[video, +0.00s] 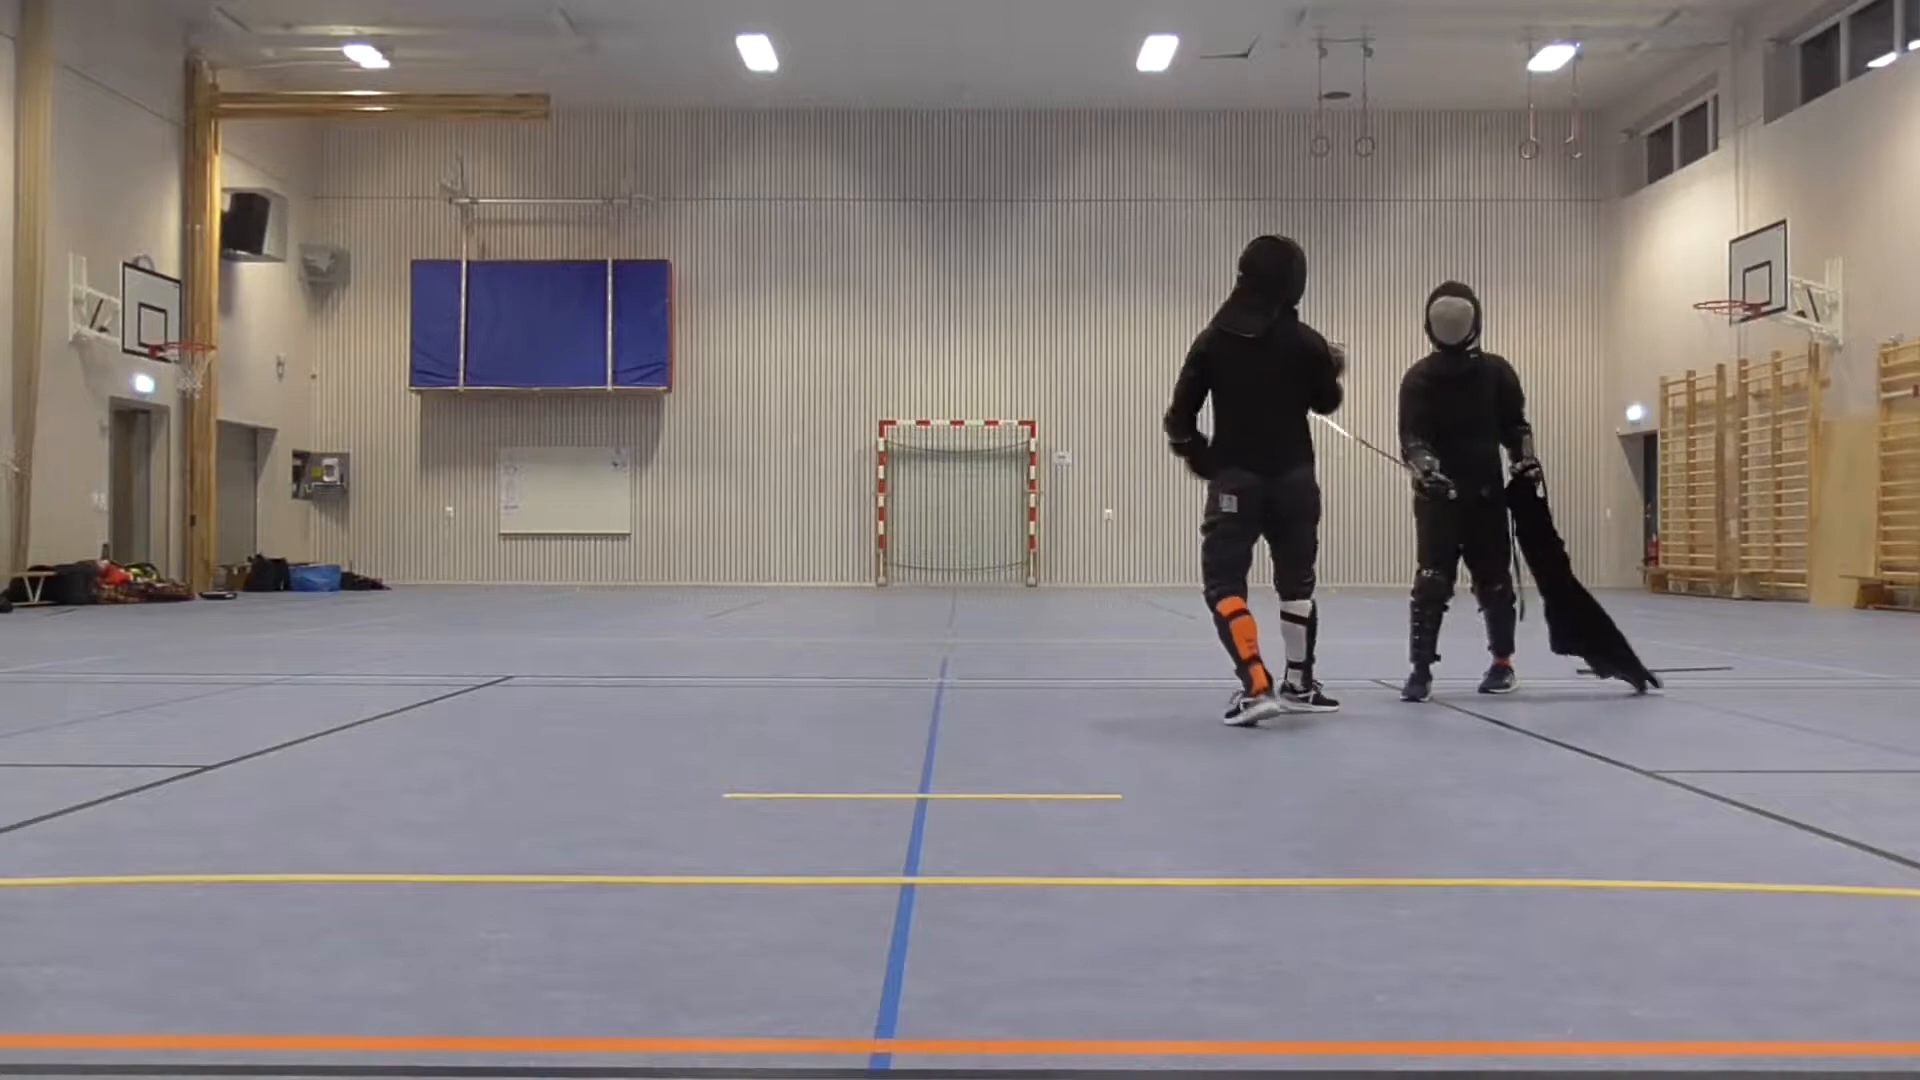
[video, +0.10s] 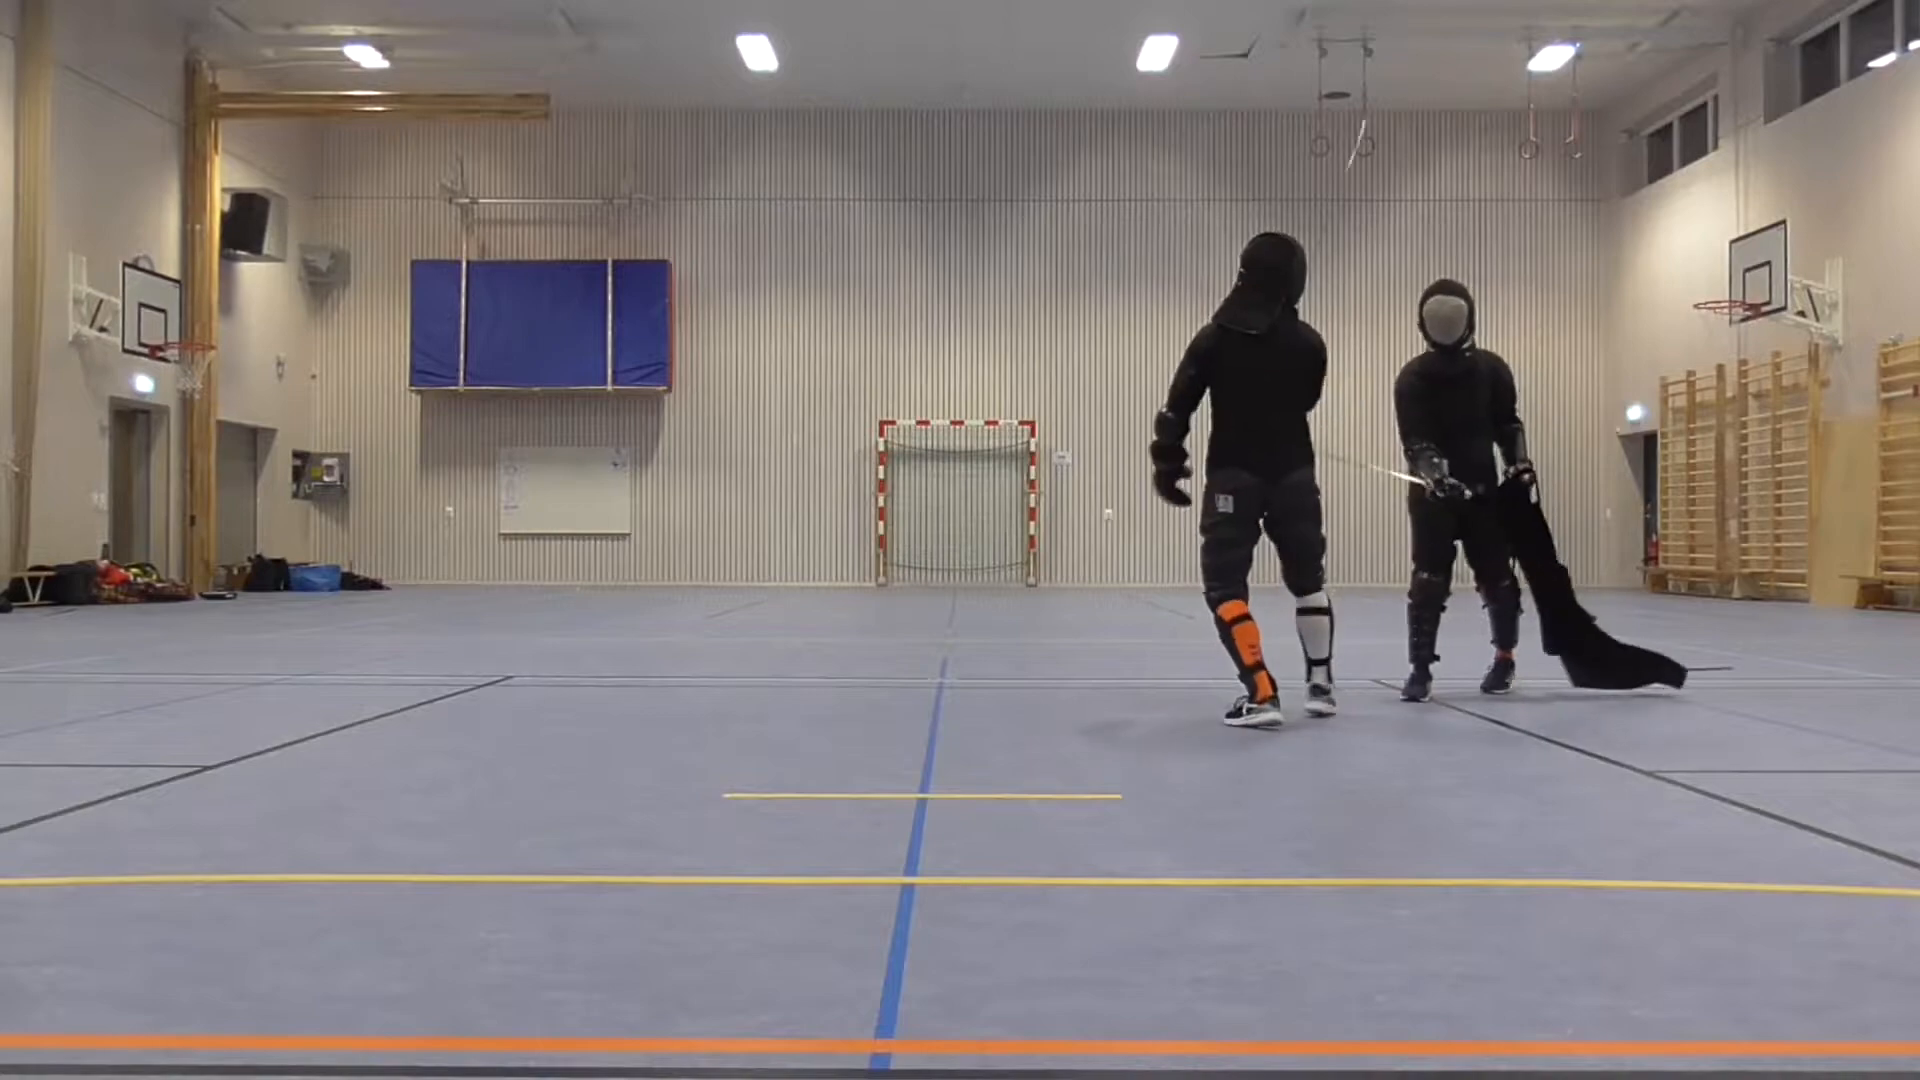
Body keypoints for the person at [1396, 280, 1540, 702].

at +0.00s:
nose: (1450, 331)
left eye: (1459, 321)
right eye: (1441, 323)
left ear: (1475, 323)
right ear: (1429, 326)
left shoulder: (1497, 372)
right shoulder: (1419, 379)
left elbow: (1515, 425)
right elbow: (1411, 439)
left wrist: (1525, 460)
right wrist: (1430, 472)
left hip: (1486, 496)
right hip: (1437, 498)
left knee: (1494, 584)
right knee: (1431, 584)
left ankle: (1502, 663)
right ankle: (1420, 669)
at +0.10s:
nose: (1445, 330)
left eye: (1454, 320)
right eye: (1436, 321)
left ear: (1469, 321)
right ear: (1423, 324)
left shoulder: (1491, 369)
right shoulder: (1412, 378)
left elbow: (1508, 423)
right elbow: (1414, 439)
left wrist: (1519, 461)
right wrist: (1432, 473)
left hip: (1483, 491)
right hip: (1432, 495)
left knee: (1496, 579)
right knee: (1428, 582)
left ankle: (1504, 659)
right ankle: (1420, 668)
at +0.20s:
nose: (1445, 328)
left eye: (1453, 318)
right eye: (1435, 319)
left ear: (1468, 318)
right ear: (1422, 322)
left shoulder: (1490, 366)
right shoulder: (1410, 377)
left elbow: (1506, 421)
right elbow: (1413, 440)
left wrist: (1516, 462)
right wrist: (1435, 477)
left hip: (1483, 489)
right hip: (1429, 494)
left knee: (1507, 580)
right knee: (1427, 582)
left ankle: (1507, 650)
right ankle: (1420, 668)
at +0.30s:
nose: (1448, 325)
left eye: (1457, 314)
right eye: (1439, 315)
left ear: (1472, 315)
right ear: (1426, 318)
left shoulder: (1493, 363)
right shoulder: (1411, 374)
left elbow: (1507, 419)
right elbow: (1409, 440)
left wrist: (1518, 462)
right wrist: (1436, 482)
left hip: (1482, 482)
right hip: (1429, 485)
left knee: (1506, 574)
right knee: (1426, 581)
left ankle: (1522, 659)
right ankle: (1420, 668)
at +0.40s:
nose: (1456, 321)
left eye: (1465, 311)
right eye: (1447, 312)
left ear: (1481, 313)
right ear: (1433, 315)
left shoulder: (1501, 364)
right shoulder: (1416, 373)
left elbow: (1514, 421)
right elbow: (1405, 443)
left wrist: (1524, 466)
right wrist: (1431, 484)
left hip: (1488, 490)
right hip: (1435, 492)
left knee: (1507, 578)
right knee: (1427, 584)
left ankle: (1523, 665)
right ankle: (1420, 668)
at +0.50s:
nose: (1463, 318)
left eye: (1474, 308)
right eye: (1455, 308)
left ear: (1490, 312)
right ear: (1443, 311)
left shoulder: (1512, 367)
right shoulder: (1424, 371)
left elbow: (1526, 424)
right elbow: (1398, 440)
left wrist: (1531, 470)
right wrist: (1422, 478)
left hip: (1495, 492)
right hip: (1443, 494)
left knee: (1509, 581)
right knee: (1432, 582)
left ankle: (1521, 665)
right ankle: (1420, 668)